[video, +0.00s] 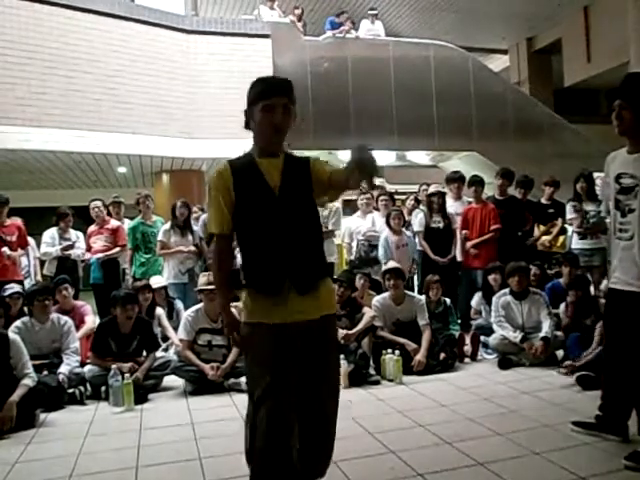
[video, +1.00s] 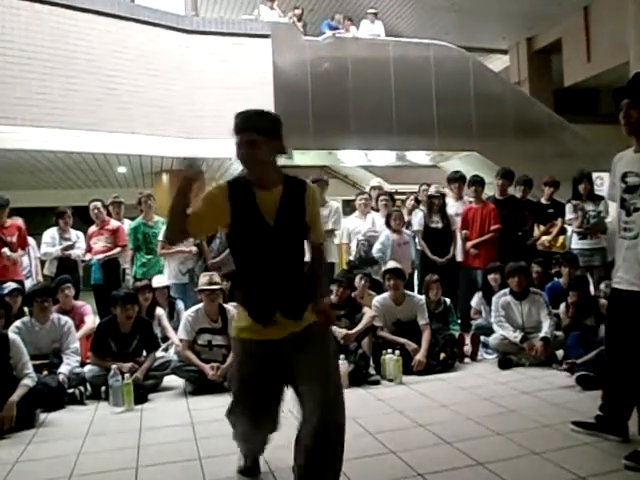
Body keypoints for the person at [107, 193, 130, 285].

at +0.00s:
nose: (116, 210)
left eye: (119, 207)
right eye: (114, 207)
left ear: (123, 209)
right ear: (109, 209)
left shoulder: (130, 224)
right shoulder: (106, 225)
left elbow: (134, 243)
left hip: (127, 262)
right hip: (111, 262)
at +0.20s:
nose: (116, 210)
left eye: (119, 207)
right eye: (113, 207)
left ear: (123, 208)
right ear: (108, 209)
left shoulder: (130, 224)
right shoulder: (106, 225)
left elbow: (133, 243)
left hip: (126, 263)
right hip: (110, 262)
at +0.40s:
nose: (116, 210)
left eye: (119, 207)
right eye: (113, 207)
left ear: (123, 209)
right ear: (108, 209)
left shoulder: (130, 224)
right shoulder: (106, 225)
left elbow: (133, 244)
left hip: (126, 263)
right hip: (110, 262)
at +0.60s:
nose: (116, 210)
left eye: (119, 207)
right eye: (113, 207)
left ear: (123, 209)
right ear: (109, 209)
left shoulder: (130, 224)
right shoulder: (106, 225)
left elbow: (133, 244)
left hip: (126, 263)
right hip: (110, 262)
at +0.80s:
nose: (116, 210)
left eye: (119, 207)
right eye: (113, 207)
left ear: (123, 208)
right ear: (109, 209)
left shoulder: (130, 224)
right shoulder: (106, 225)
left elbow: (133, 244)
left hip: (126, 263)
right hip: (110, 262)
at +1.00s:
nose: (117, 210)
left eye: (119, 207)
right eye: (114, 207)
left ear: (123, 208)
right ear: (109, 209)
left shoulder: (130, 225)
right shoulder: (106, 226)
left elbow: (132, 245)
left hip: (126, 263)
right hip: (110, 262)